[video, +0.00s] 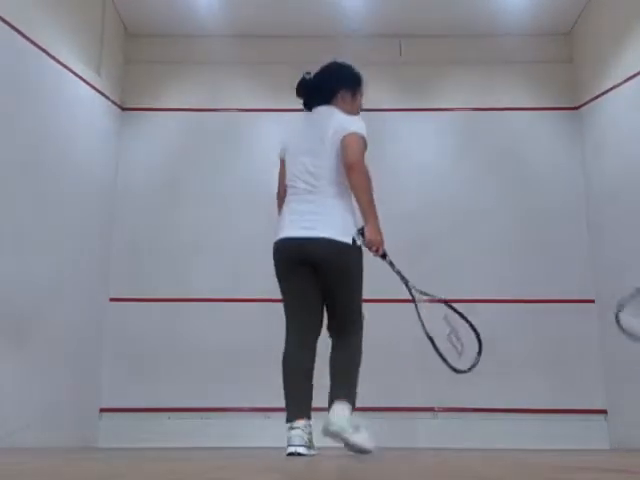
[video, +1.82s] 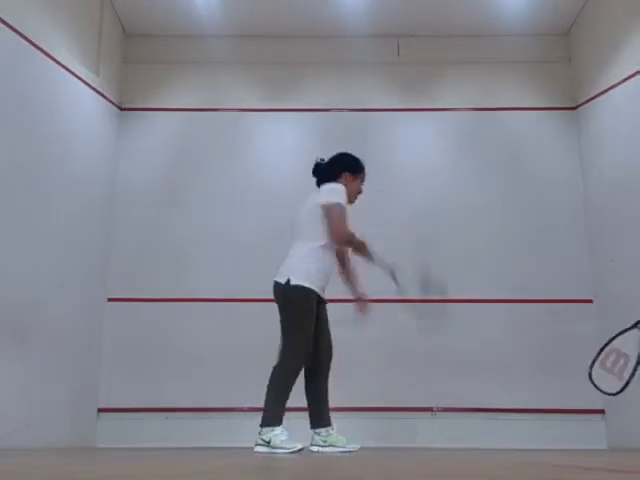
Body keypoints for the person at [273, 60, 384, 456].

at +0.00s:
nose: (360, 105)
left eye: (360, 98)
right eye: (358, 98)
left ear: (319, 95)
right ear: (343, 94)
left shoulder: (293, 131)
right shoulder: (348, 123)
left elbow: (284, 194)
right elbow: (354, 164)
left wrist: (291, 235)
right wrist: (372, 223)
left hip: (289, 243)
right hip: (335, 243)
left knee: (300, 333)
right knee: (347, 330)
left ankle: (298, 428)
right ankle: (341, 411)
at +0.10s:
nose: (360, 116)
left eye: (360, 110)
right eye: (357, 109)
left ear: (322, 108)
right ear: (342, 106)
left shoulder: (295, 143)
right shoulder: (345, 135)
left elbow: (287, 201)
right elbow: (349, 174)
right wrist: (371, 229)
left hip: (290, 249)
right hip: (336, 249)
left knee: (300, 335)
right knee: (344, 337)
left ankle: (297, 427)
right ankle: (337, 428)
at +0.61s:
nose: (380, 161)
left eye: (381, 154)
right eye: (379, 153)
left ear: (350, 148)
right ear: (367, 147)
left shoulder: (333, 175)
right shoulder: (358, 170)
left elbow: (338, 232)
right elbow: (367, 216)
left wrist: (367, 265)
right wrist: (382, 252)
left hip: (312, 272)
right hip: (337, 271)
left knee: (334, 346)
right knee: (355, 346)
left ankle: (321, 424)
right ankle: (338, 429)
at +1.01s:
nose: (383, 193)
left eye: (386, 188)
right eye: (383, 185)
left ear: (370, 182)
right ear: (368, 178)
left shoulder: (357, 215)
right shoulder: (343, 196)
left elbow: (366, 261)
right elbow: (327, 232)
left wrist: (391, 294)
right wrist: (351, 267)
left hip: (324, 289)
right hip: (308, 285)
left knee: (340, 354)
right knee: (320, 349)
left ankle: (327, 429)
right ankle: (295, 423)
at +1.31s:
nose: (373, 196)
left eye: (375, 190)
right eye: (372, 188)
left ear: (357, 184)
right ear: (356, 181)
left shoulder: (347, 221)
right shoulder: (330, 194)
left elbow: (361, 265)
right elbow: (295, 210)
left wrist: (395, 295)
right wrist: (298, 240)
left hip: (314, 295)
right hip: (293, 287)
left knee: (330, 355)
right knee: (287, 354)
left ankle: (325, 432)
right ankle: (270, 430)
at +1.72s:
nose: (364, 192)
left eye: (365, 187)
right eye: (362, 185)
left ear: (348, 182)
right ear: (346, 179)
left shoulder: (338, 219)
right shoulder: (327, 192)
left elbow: (360, 258)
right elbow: (308, 211)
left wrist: (391, 290)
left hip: (308, 291)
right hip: (290, 285)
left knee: (319, 356)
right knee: (287, 352)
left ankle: (322, 432)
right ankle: (268, 430)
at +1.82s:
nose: (361, 191)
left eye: (362, 185)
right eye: (360, 183)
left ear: (341, 178)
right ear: (345, 177)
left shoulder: (327, 201)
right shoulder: (332, 191)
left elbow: (340, 253)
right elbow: (339, 234)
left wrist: (356, 292)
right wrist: (359, 245)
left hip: (311, 290)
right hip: (296, 286)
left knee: (320, 358)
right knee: (293, 356)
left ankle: (322, 431)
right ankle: (269, 430)